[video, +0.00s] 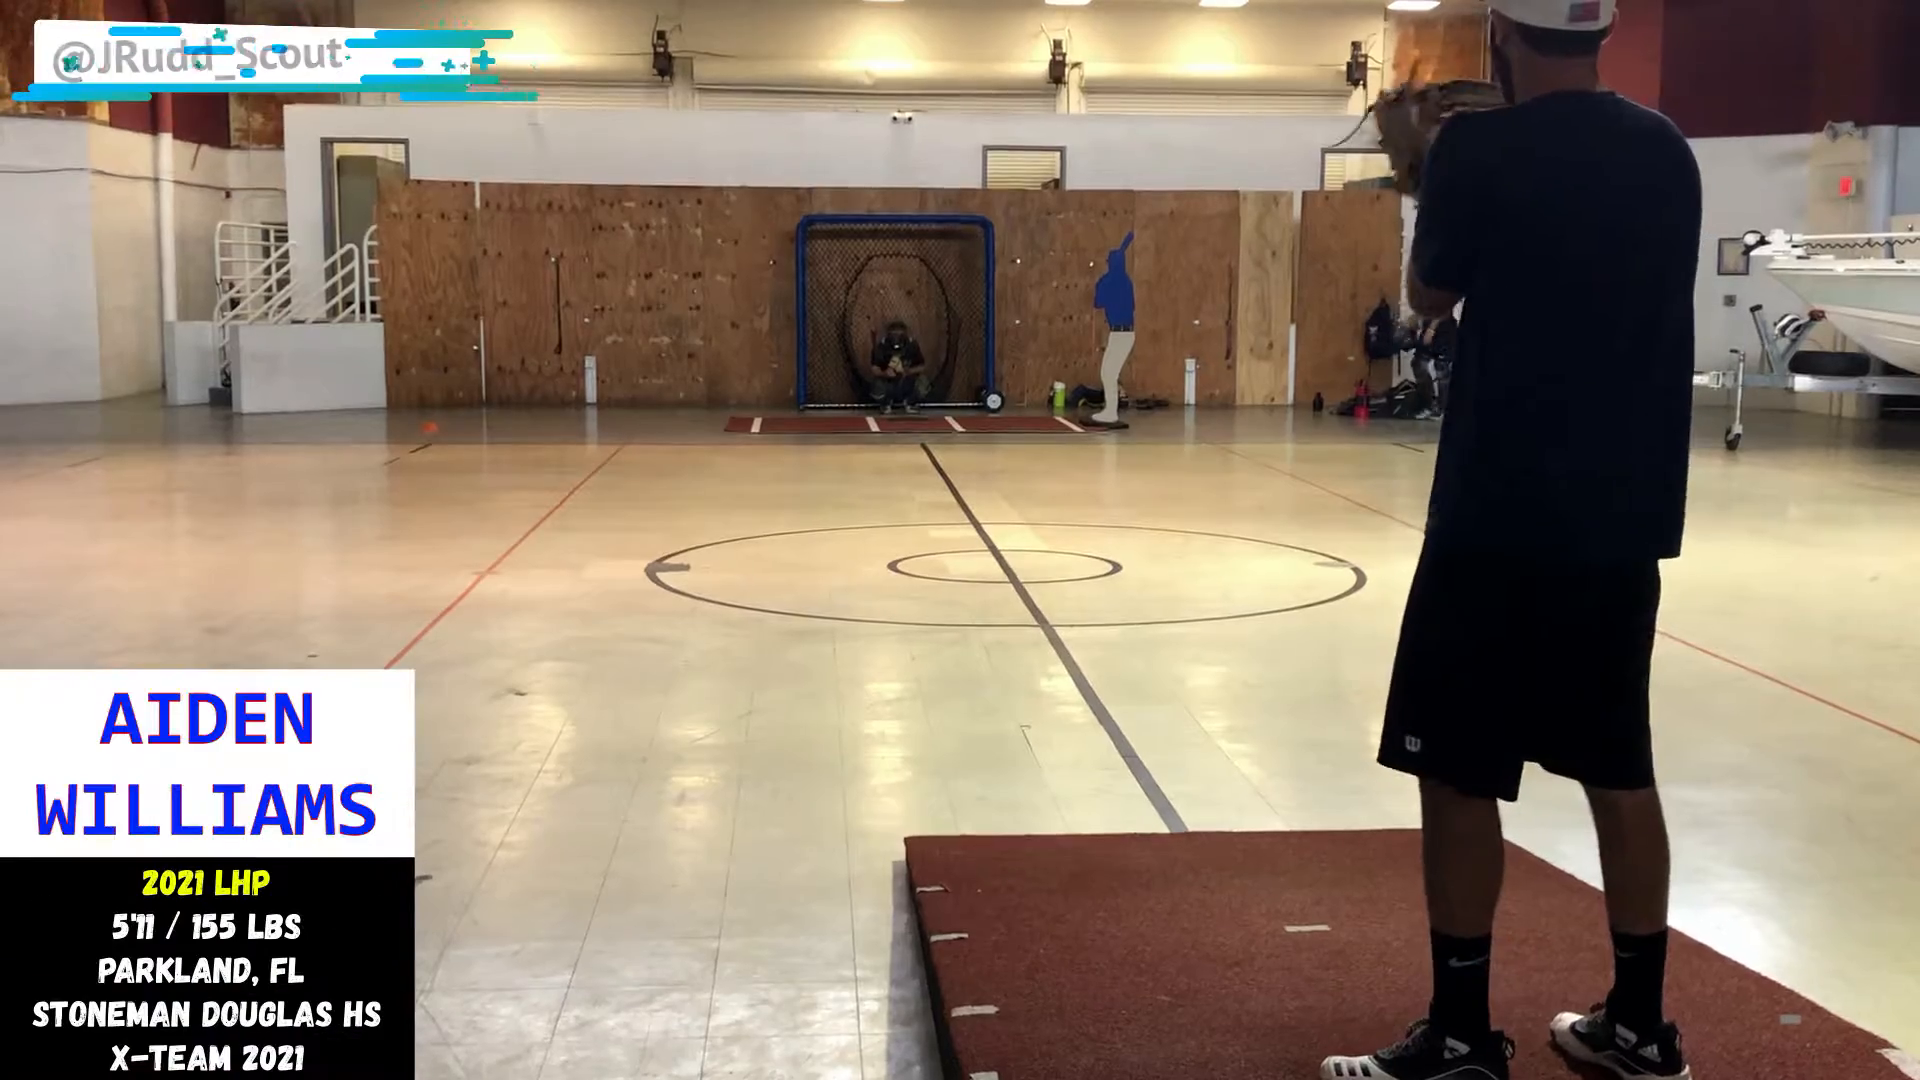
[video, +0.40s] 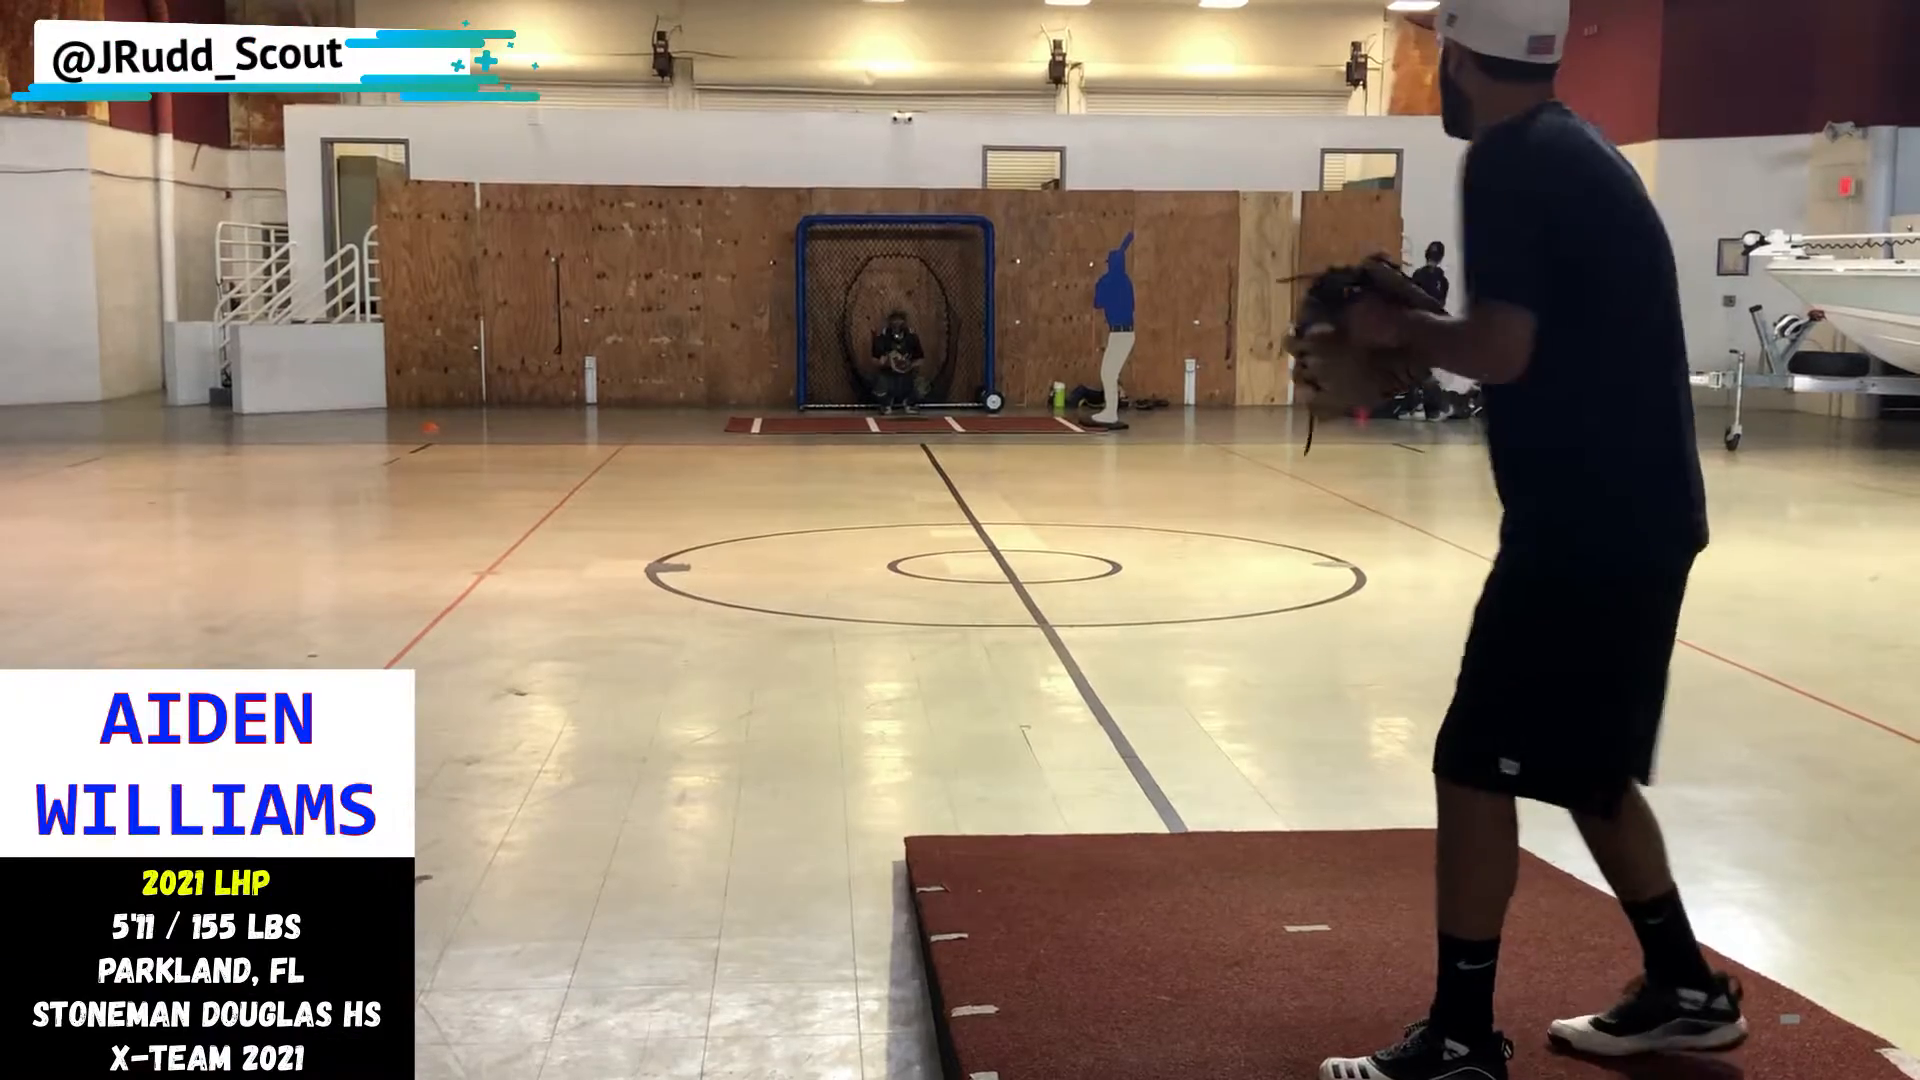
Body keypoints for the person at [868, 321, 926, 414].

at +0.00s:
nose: (897, 338)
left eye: (900, 335)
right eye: (894, 335)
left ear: (905, 334)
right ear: (888, 334)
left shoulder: (912, 345)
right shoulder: (881, 347)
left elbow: (921, 367)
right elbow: (874, 369)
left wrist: (907, 371)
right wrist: (885, 373)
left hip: (906, 381)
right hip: (888, 382)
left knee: (923, 382)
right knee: (878, 383)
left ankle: (909, 403)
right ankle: (886, 405)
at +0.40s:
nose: (897, 326)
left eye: (900, 323)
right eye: (894, 322)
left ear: (904, 323)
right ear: (890, 323)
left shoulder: (912, 338)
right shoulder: (882, 338)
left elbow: (920, 360)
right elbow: (875, 359)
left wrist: (909, 365)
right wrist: (887, 360)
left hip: (906, 373)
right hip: (889, 372)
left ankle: (909, 403)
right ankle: (886, 404)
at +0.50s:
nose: (898, 318)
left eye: (901, 315)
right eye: (895, 315)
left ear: (904, 315)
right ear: (889, 315)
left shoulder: (912, 330)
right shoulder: (880, 331)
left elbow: (922, 350)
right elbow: (874, 352)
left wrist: (910, 356)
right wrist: (887, 353)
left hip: (906, 365)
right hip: (888, 366)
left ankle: (909, 400)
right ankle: (887, 402)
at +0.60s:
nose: (897, 319)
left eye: (900, 315)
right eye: (894, 315)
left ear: (904, 314)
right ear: (888, 314)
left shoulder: (912, 327)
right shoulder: (880, 329)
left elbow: (923, 348)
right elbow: (871, 346)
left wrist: (913, 356)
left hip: (908, 361)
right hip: (889, 362)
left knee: (920, 372)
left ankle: (916, 400)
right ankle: (884, 400)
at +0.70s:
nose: (896, 326)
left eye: (899, 323)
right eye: (893, 323)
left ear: (904, 321)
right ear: (888, 321)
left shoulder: (912, 333)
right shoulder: (881, 333)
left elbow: (925, 355)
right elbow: (870, 353)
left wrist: (911, 360)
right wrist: (869, 372)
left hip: (909, 368)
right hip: (889, 369)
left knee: (924, 376)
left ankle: (923, 402)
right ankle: (881, 403)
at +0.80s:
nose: (896, 336)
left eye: (899, 332)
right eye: (893, 332)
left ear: (905, 331)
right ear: (888, 332)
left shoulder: (911, 343)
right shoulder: (881, 344)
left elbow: (929, 361)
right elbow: (869, 365)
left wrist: (911, 366)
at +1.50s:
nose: (900, 344)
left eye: (903, 341)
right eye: (897, 341)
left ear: (908, 340)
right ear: (892, 340)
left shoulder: (914, 352)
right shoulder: (884, 353)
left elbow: (925, 369)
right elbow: (878, 372)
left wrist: (920, 377)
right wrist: (893, 377)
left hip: (911, 382)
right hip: (892, 384)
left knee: (923, 386)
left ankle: (926, 405)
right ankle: (883, 405)